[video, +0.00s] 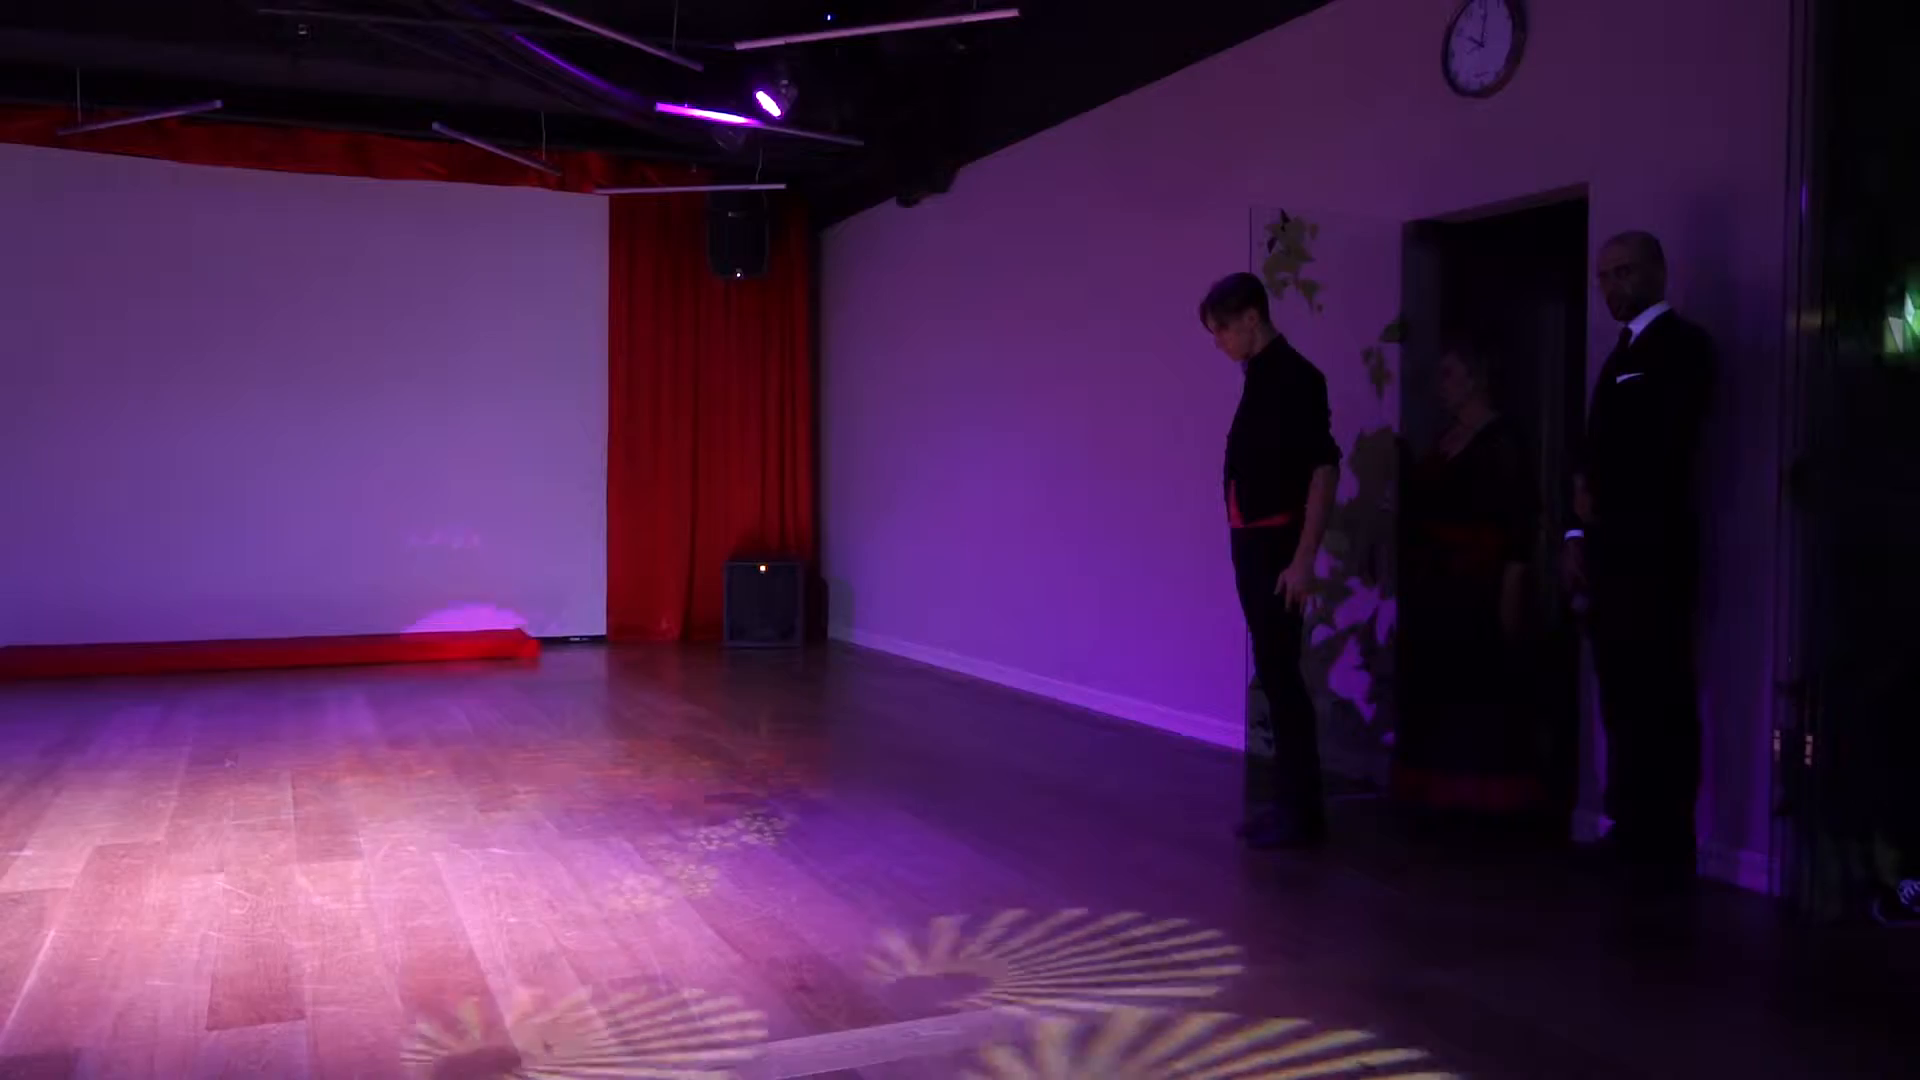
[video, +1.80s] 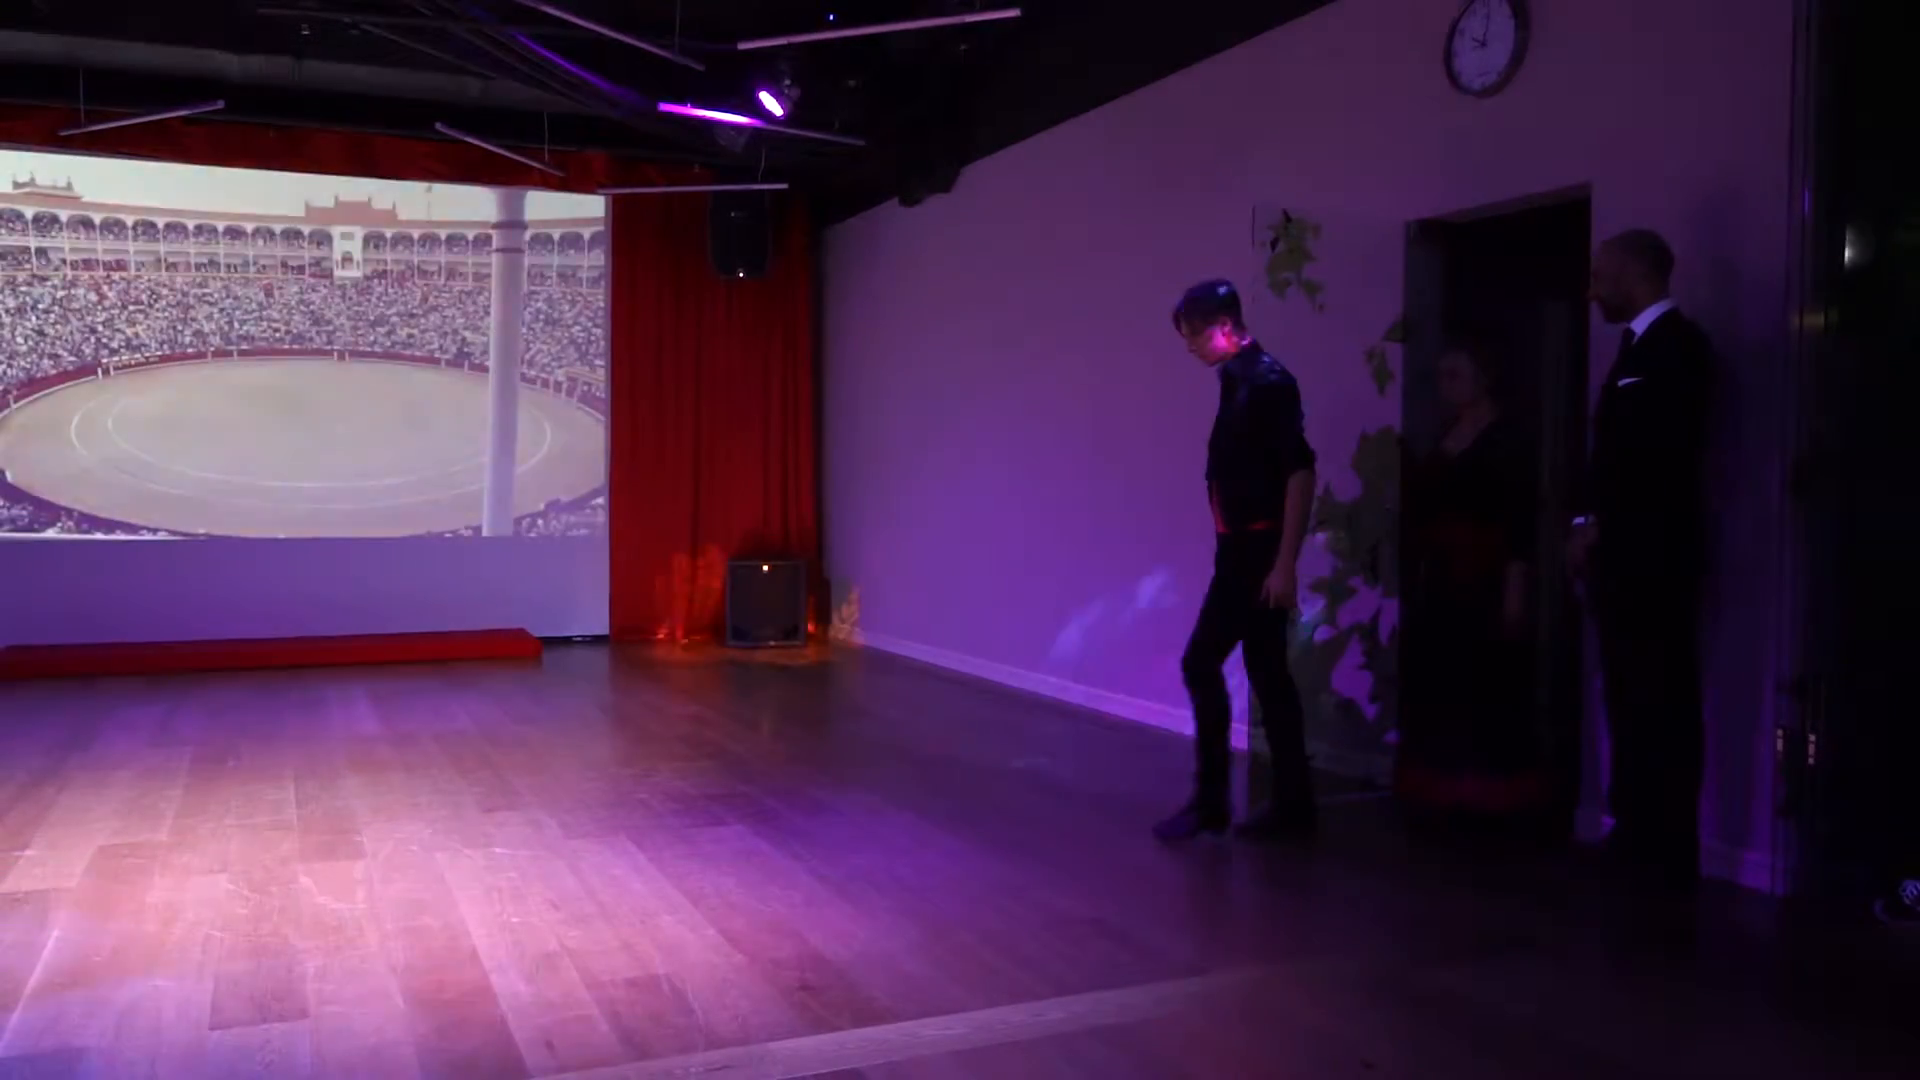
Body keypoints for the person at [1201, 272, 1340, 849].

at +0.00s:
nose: (1218, 343)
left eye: (1221, 331)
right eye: (1213, 333)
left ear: (1251, 319)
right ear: (1245, 323)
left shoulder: (1294, 376)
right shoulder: (1263, 375)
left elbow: (1324, 467)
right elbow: (1266, 466)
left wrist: (1302, 560)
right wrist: (1246, 538)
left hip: (1277, 544)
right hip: (1253, 542)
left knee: (1281, 675)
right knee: (1276, 675)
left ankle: (1298, 810)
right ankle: (1290, 804)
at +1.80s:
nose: (1190, 349)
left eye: (1193, 337)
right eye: (1187, 339)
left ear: (1222, 327)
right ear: (1223, 328)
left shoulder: (1267, 381)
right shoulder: (1240, 379)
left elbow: (1300, 473)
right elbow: (1239, 466)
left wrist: (1285, 564)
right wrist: (1230, 542)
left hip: (1255, 551)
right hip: (1245, 548)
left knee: (1200, 663)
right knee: (1269, 675)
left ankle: (1211, 800)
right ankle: (1293, 802)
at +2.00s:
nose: (1164, 352)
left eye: (1167, 340)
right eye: (1160, 342)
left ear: (1197, 331)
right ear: (1198, 334)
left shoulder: (1239, 387)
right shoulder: (1211, 386)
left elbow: (1274, 477)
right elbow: (1212, 476)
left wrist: (1259, 569)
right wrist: (1201, 545)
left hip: (1228, 557)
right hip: (1216, 554)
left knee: (1169, 667)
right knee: (1259, 679)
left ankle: (1124, 801)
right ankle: (1294, 804)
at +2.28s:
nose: (1109, 347)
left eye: (1113, 334)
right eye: (1104, 337)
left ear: (1142, 324)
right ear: (1134, 329)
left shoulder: (1179, 382)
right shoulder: (1155, 380)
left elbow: (1205, 476)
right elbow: (1159, 471)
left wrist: (1189, 565)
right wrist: (1138, 548)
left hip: (1161, 550)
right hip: (1151, 547)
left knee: (1123, 670)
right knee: (1188, 668)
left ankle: (1101, 805)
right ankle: (1268, 779)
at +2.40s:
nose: (1083, 346)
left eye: (1085, 332)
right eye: (1078, 335)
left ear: (1113, 322)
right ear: (1111, 324)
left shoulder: (1153, 380)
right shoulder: (1127, 377)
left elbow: (1173, 476)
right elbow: (1126, 469)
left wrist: (1153, 564)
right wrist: (1105, 542)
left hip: (1135, 546)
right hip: (1117, 542)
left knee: (1112, 672)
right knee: (1126, 670)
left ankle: (1100, 806)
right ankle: (1222, 766)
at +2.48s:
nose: (1067, 344)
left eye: (1071, 331)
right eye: (1063, 333)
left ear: (1098, 321)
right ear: (1091, 326)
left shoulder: (1138, 380)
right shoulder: (1112, 376)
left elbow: (1152, 478)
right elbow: (1112, 469)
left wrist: (1127, 564)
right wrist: (1093, 546)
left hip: (1123, 542)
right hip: (1099, 539)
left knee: (1097, 668)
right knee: (1086, 665)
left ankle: (1099, 806)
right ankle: (1175, 763)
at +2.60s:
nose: (1045, 346)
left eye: (1048, 334)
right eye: (1041, 336)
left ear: (1075, 323)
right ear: (1066, 327)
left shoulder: (1116, 380)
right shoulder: (1088, 376)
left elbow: (1125, 480)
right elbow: (1096, 467)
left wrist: (1096, 563)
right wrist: (1073, 537)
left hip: (1103, 543)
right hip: (1078, 540)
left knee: (1086, 673)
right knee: (1034, 657)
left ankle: (1097, 804)